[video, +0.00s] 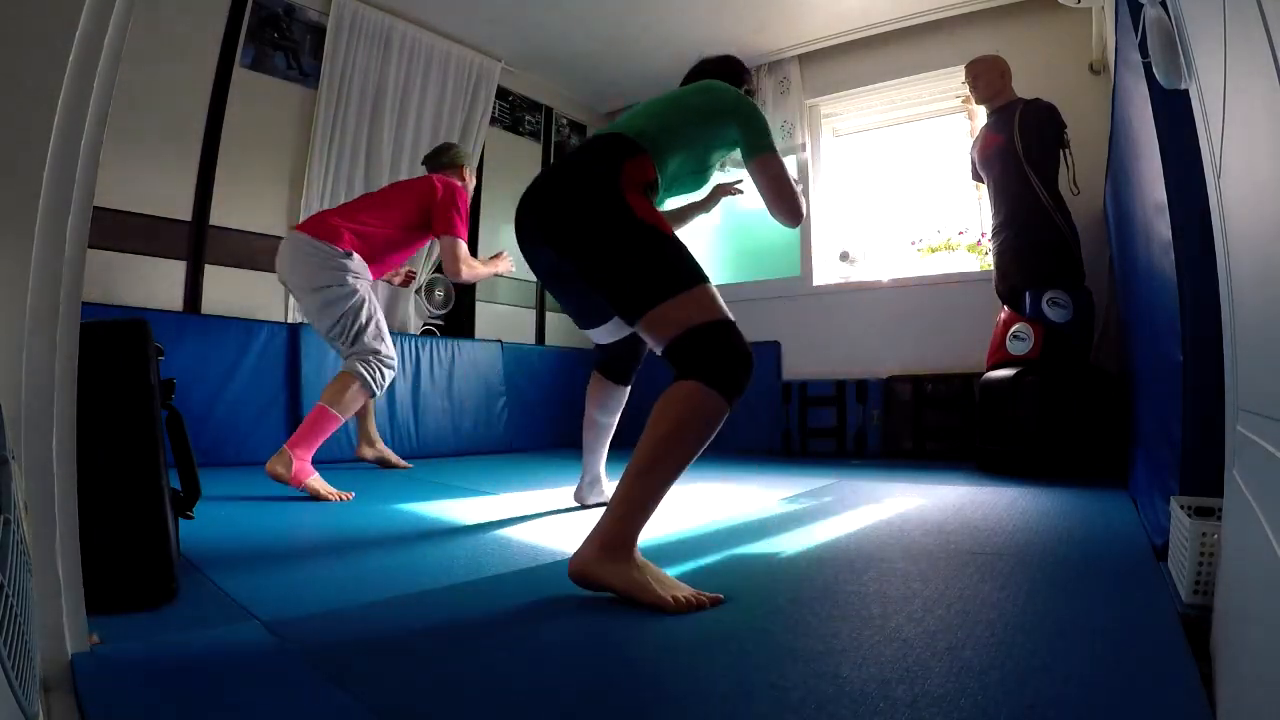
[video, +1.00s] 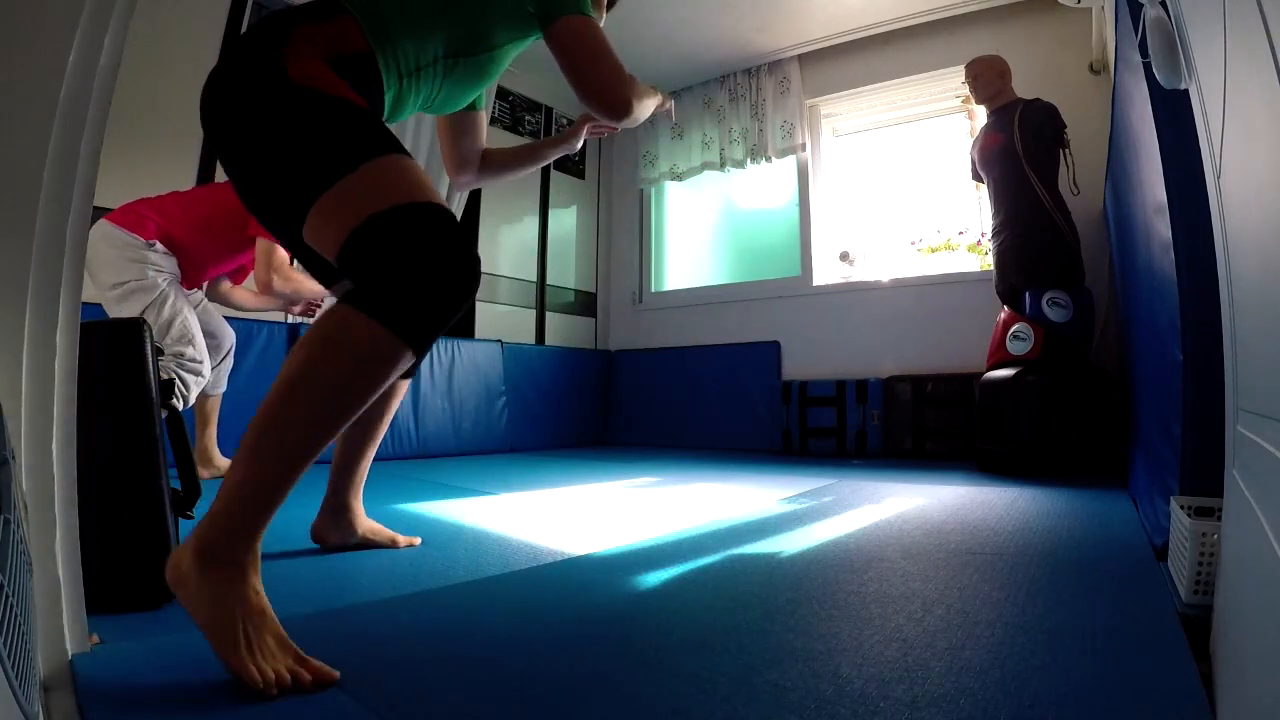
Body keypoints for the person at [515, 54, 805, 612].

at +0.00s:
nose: (755, 100)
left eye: (753, 91)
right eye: (753, 93)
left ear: (693, 84)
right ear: (739, 85)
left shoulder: (652, 112)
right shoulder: (736, 104)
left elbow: (644, 222)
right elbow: (789, 213)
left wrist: (710, 200)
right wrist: (783, 185)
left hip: (541, 215)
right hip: (601, 205)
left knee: (621, 348)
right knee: (720, 358)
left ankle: (591, 483)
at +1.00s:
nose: (599, 14)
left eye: (603, 9)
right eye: (603, 3)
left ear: (582, 10)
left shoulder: (471, 47)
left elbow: (465, 164)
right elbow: (616, 98)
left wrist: (571, 139)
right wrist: (653, 100)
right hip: (291, 78)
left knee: (413, 284)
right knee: (424, 261)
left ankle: (342, 512)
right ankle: (215, 554)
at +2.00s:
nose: (631, 23)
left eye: (633, 15)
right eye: (633, 10)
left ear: (602, 12)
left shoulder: (513, 65)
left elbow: (543, 176)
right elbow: (646, 91)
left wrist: (635, 128)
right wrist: (685, 106)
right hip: (350, 106)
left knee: (480, 305)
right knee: (497, 274)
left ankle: (416, 507)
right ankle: (295, 567)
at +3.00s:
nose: (785, 101)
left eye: (780, 94)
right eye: (783, 95)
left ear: (726, 93)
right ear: (774, 91)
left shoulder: (696, 118)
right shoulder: (780, 111)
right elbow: (842, 207)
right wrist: (804, 160)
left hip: (618, 225)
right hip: (683, 215)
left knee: (680, 339)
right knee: (795, 364)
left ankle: (661, 463)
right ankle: (736, 525)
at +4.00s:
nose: (857, 184)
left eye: (856, 179)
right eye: (856, 179)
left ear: (814, 179)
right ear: (849, 179)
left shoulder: (795, 196)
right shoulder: (855, 196)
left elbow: (792, 234)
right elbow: (896, 265)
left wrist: (837, 252)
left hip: (754, 273)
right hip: (801, 268)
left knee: (790, 360)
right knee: (883, 362)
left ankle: (770, 456)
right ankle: (853, 452)